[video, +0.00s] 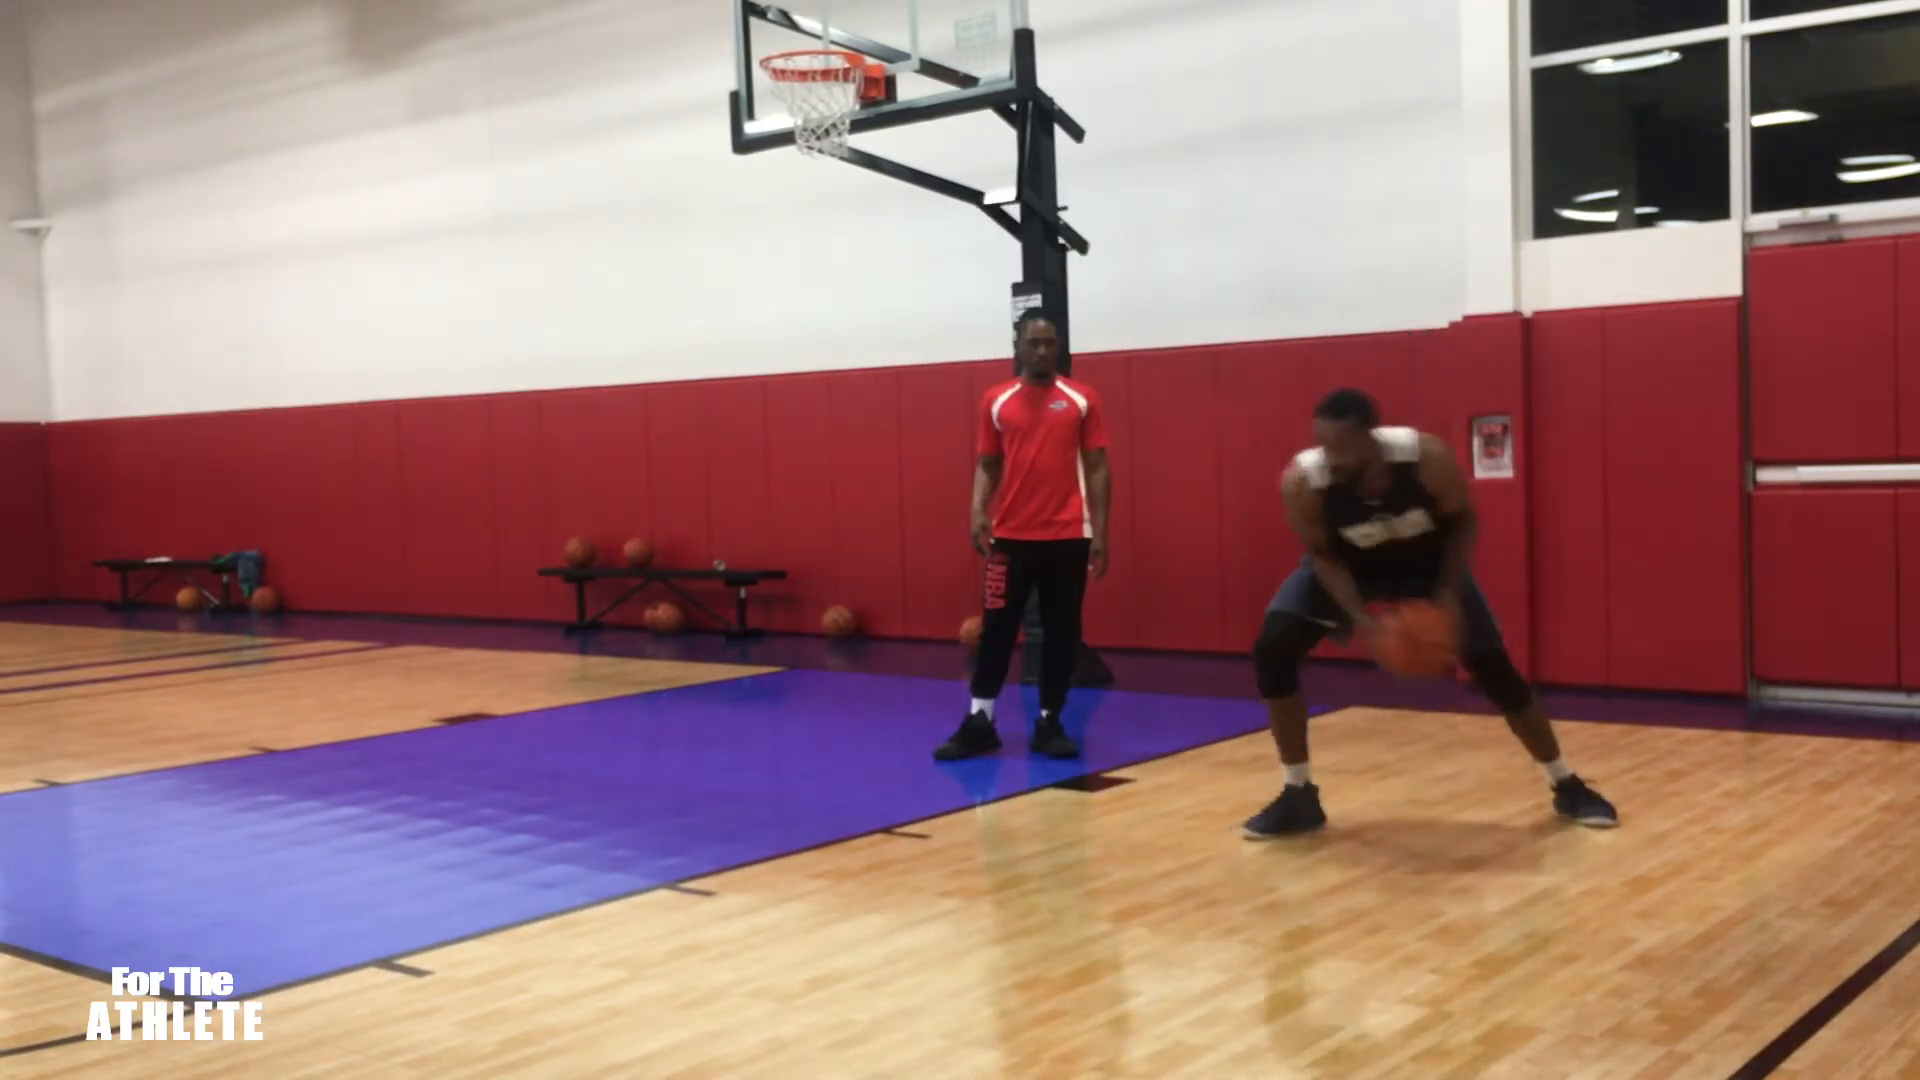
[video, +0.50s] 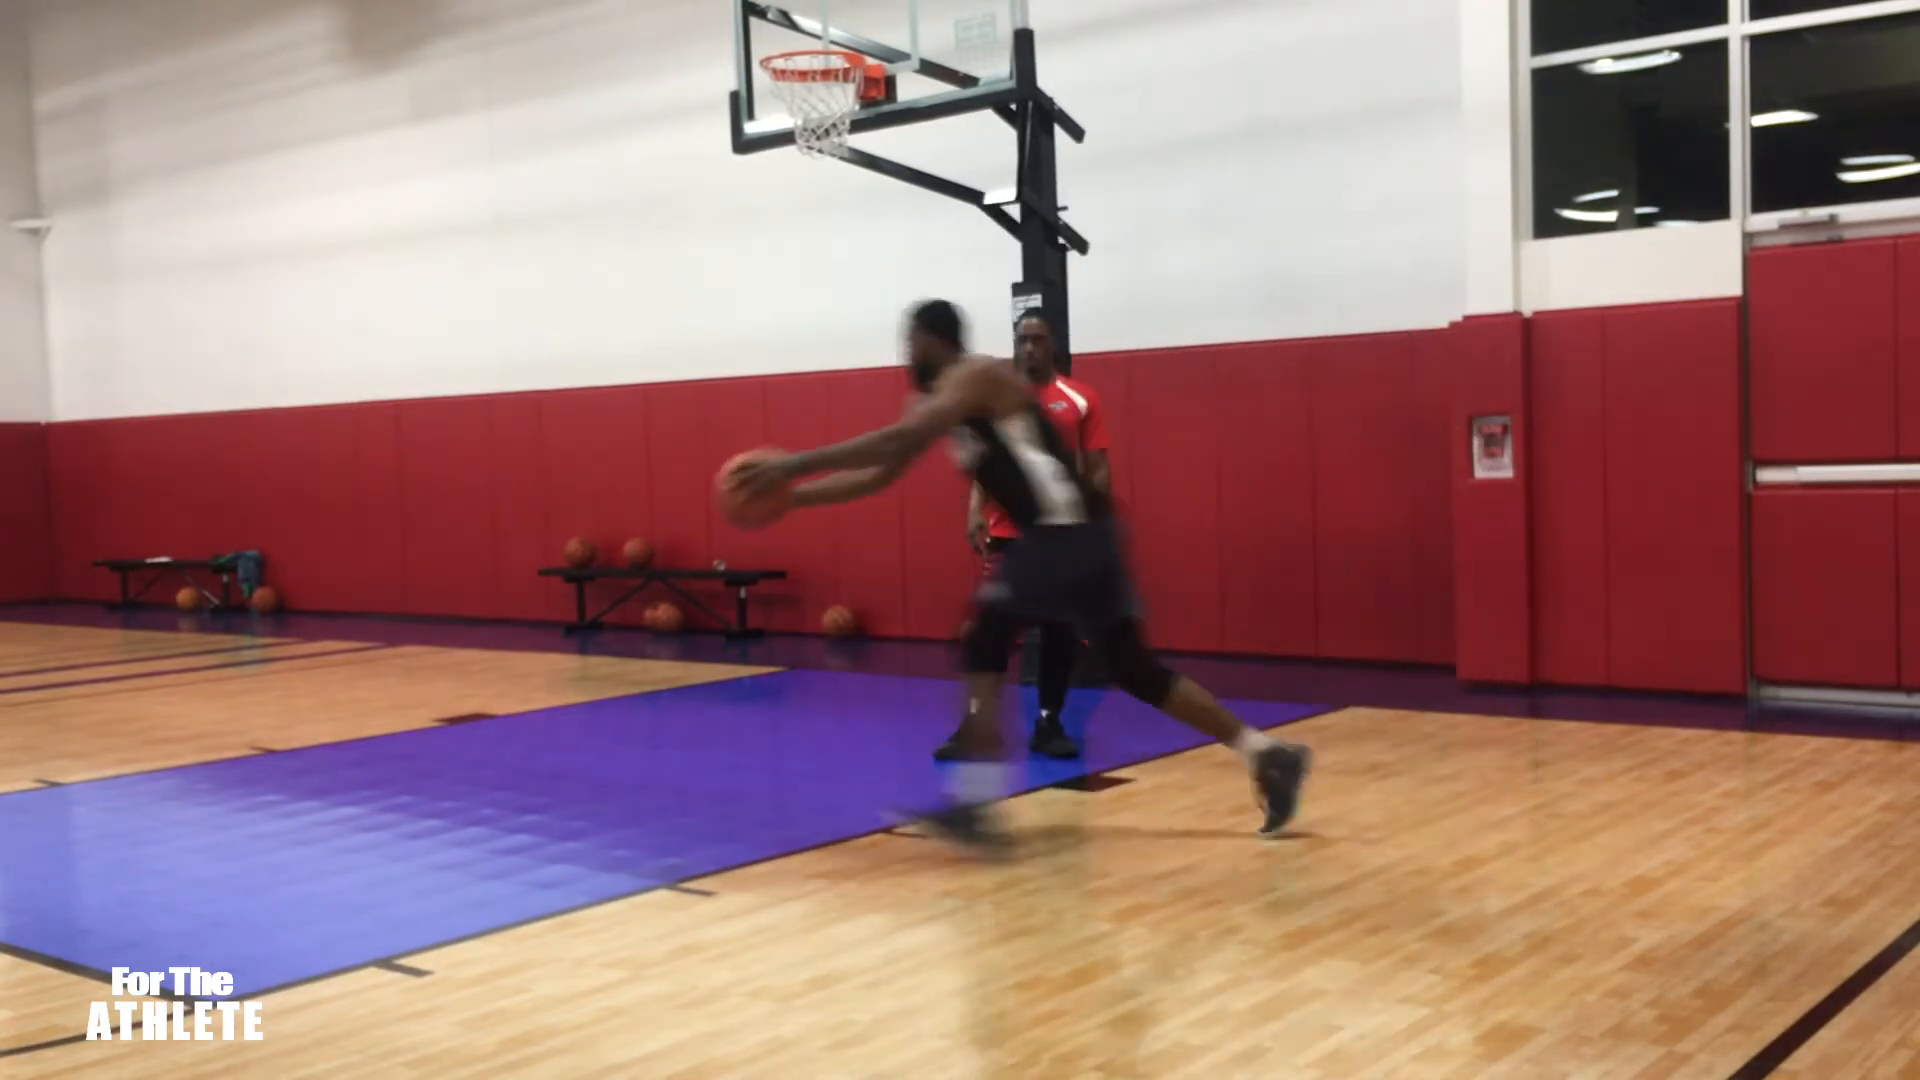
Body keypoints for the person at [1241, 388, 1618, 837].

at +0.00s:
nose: (1330, 456)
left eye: (1339, 445)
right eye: (1324, 445)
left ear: (1368, 436)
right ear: (1319, 439)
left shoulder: (1426, 456)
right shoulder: (1304, 481)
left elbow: (1462, 522)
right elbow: (1321, 555)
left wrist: (1448, 600)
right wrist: (1362, 620)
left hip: (1427, 566)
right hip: (1346, 570)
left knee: (1494, 668)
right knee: (1272, 652)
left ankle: (1566, 784)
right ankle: (1299, 794)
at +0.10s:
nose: (1219, 434)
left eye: (1227, 423)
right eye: (1216, 423)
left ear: (1264, 416)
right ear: (1228, 423)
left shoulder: (1340, 440)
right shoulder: (1234, 466)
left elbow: (1389, 530)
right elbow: (1252, 531)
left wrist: (1327, 560)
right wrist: (1276, 569)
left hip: (1385, 557)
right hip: (1314, 565)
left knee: (1465, 667)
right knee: (1234, 646)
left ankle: (1566, 777)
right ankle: (1313, 781)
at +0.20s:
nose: (1130, 404)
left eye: (1137, 392)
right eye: (1128, 393)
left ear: (1173, 387)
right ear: (1145, 393)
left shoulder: (1239, 419)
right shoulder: (1160, 448)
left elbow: (1255, 508)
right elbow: (1162, 540)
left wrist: (1157, 500)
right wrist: (1115, 510)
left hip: (1334, 557)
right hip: (1265, 568)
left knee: (1414, 667)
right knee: (1210, 669)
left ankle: (1549, 756)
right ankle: (1317, 782)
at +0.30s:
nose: (1059, 393)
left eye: (1067, 381)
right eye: (1057, 382)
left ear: (1100, 376)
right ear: (1078, 384)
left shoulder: (1150, 405)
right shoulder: (1093, 442)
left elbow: (1103, 468)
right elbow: (1053, 512)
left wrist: (991, 455)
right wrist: (983, 491)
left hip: (1270, 554)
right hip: (1212, 568)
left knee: (1295, 679)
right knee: (1184, 678)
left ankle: (1438, 745)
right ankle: (1310, 777)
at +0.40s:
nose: (990, 377)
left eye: (997, 364)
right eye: (988, 366)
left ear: (1026, 358)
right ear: (1012, 365)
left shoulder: (1070, 387)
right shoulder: (1019, 420)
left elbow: (990, 432)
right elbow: (949, 480)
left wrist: (874, 440)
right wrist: (861, 481)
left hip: (1181, 538)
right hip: (1153, 549)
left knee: (1142, 669)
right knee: (1162, 680)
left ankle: (1257, 782)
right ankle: (1298, 771)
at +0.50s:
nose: (908, 356)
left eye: (912, 344)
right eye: (909, 346)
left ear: (933, 341)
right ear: (949, 341)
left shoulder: (979, 375)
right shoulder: (952, 402)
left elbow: (894, 439)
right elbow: (879, 474)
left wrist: (791, 465)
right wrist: (794, 496)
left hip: (1056, 541)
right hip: (1082, 542)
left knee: (987, 642)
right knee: (1133, 669)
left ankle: (975, 791)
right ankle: (1261, 752)